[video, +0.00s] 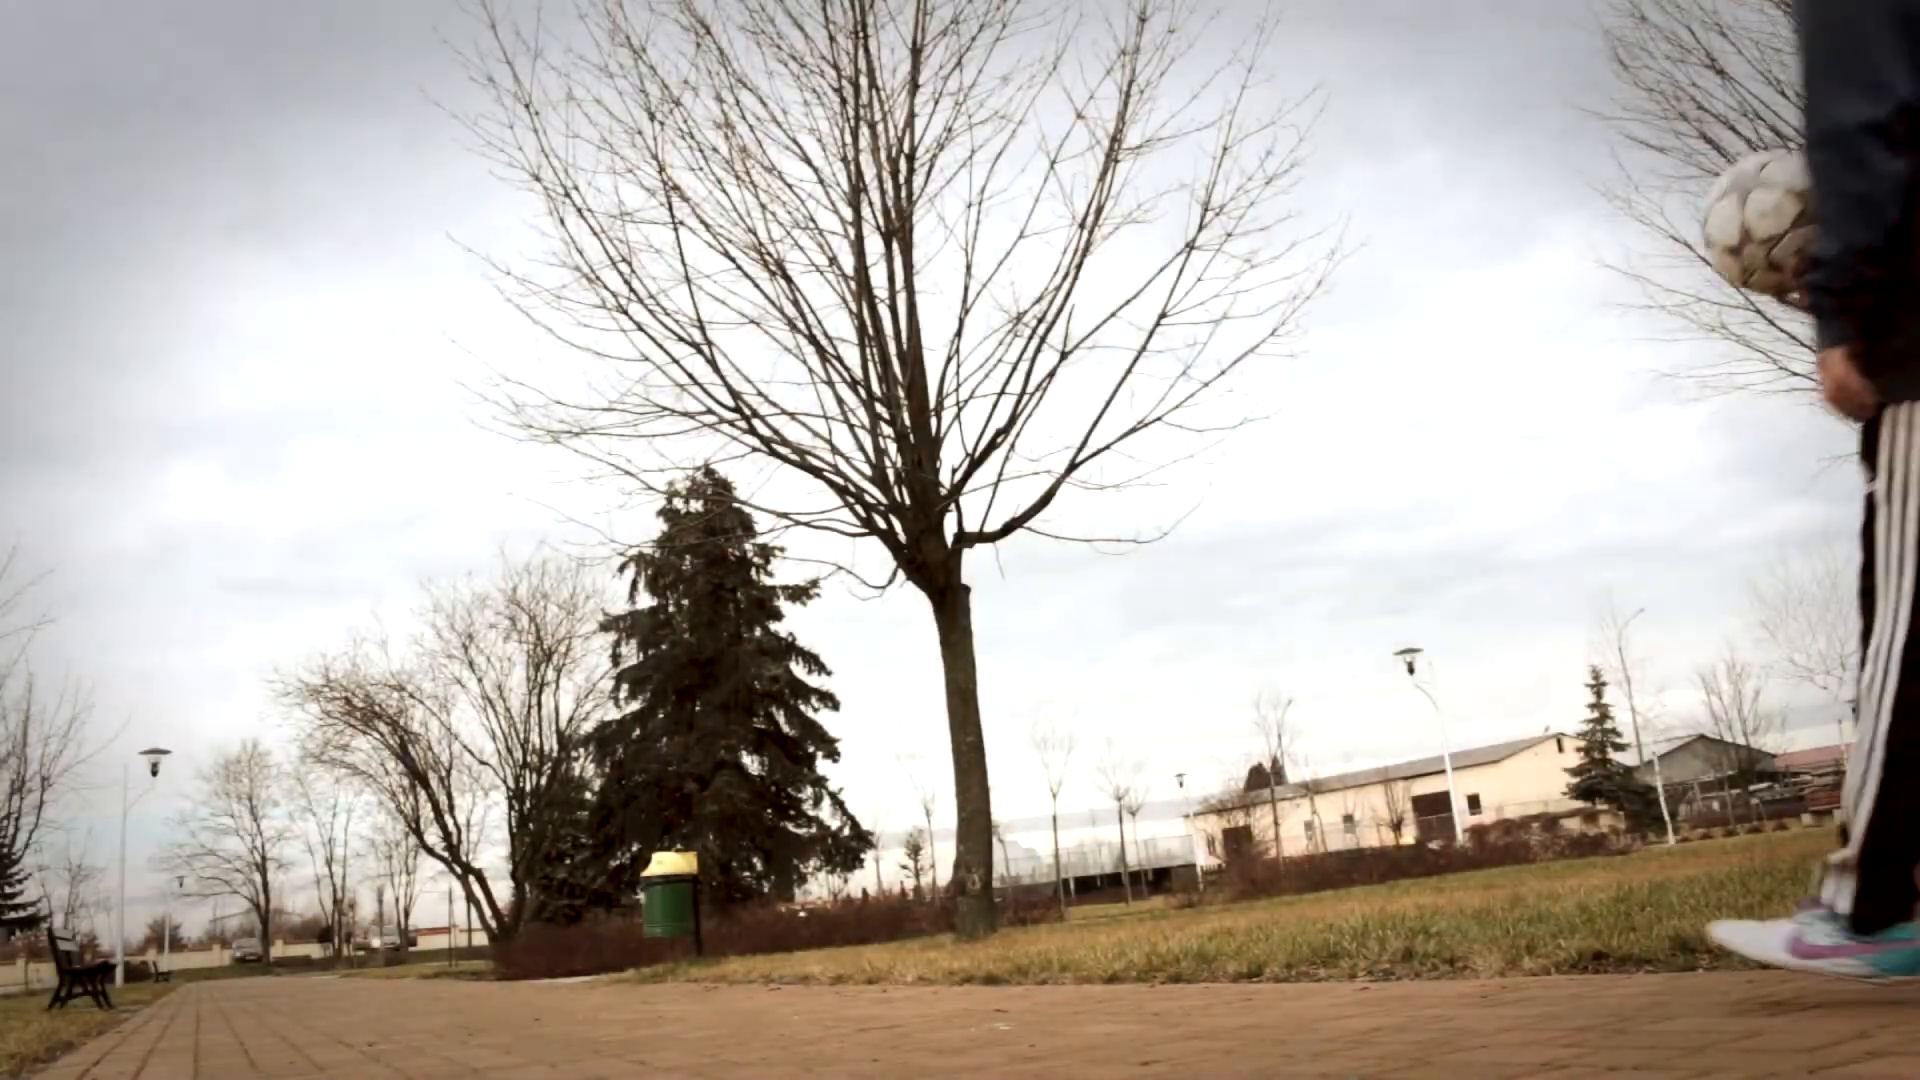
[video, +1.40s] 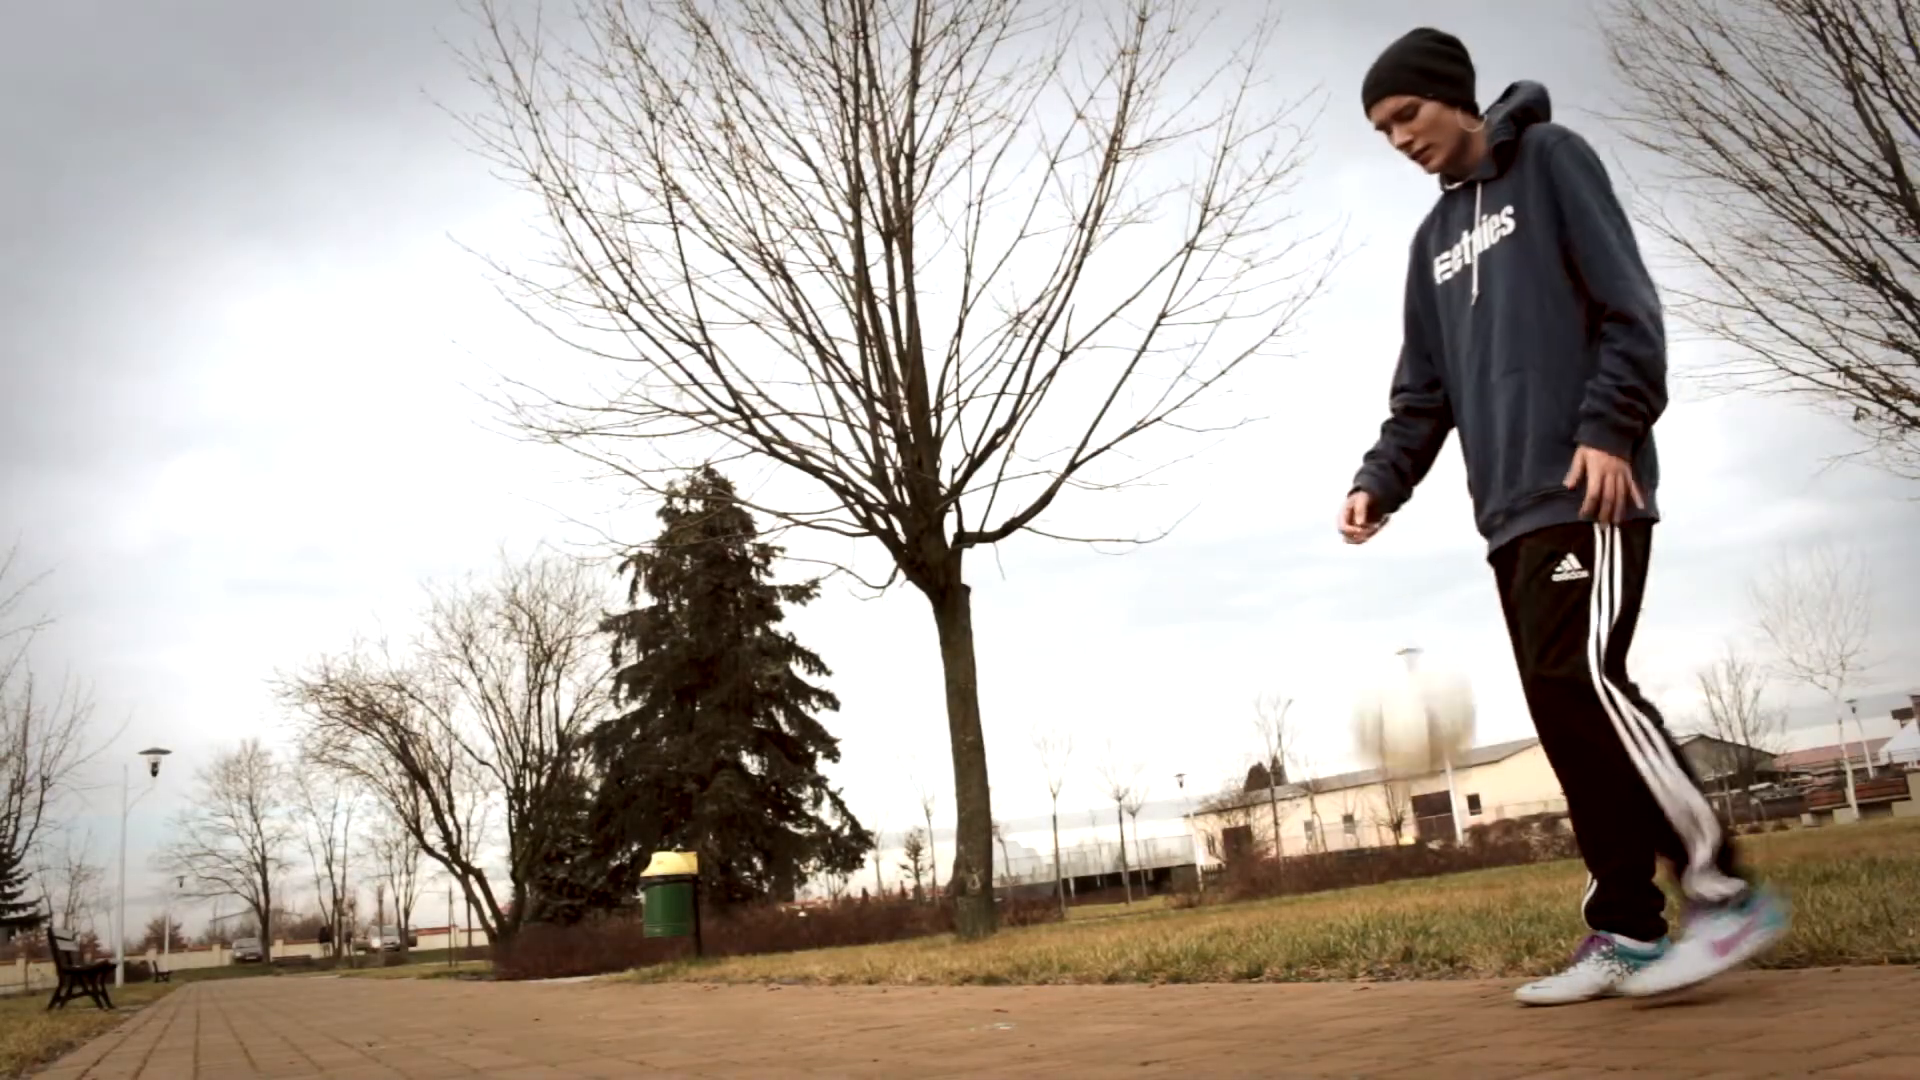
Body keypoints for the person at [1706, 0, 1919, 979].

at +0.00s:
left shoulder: (1853, 14)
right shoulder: (1851, 20)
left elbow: (1860, 128)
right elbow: (1863, 128)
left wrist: (1847, 323)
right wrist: (1848, 304)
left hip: (1915, 334)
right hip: (1910, 332)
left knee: (1904, 616)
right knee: (1902, 612)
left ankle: (1870, 903)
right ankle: (1885, 898)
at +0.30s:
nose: (1643, 5)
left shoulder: (1712, 18)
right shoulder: (1850, 21)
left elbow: (1734, 208)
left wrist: (1734, 391)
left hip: (1823, 400)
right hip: (1899, 380)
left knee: (1842, 676)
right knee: (1889, 669)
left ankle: (1867, 934)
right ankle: (1889, 929)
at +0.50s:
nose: (1591, 15)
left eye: (1593, 4)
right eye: (1592, 7)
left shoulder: (1670, 43)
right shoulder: (1764, 43)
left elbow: (1680, 243)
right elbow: (1774, 239)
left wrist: (1654, 419)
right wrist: (1653, 317)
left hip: (1760, 421)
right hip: (1833, 408)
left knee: (1792, 681)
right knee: (1823, 666)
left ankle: (1867, 934)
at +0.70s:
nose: (1541, 39)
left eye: (1542, 15)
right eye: (1537, 21)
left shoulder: (1648, 59)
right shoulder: (1674, 58)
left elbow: (1654, 251)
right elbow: (1688, 257)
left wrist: (1622, 420)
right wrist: (1602, 354)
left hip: (1726, 425)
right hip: (1705, 430)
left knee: (1780, 678)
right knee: (1700, 675)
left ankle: (1869, 935)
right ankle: (1743, 921)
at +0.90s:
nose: (1495, 74)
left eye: (1500, 51)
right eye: (1486, 61)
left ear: (1552, 25)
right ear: (1536, 43)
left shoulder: (1629, 90)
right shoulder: (1599, 128)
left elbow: (1661, 272)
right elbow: (1623, 321)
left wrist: (1626, 424)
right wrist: (1548, 415)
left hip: (1689, 461)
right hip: (1635, 473)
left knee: (1766, 692)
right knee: (1629, 704)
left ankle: (1872, 935)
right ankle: (1633, 929)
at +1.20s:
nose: (1432, 119)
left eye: (1438, 94)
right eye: (1418, 108)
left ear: (1491, 72)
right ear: (1430, 115)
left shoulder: (1574, 141)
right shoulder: (1471, 221)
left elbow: (1669, 279)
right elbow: (1471, 384)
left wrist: (1634, 403)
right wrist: (1431, 467)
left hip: (1606, 476)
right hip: (1531, 500)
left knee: (1646, 687)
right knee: (1583, 717)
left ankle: (1829, 893)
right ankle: (1631, 937)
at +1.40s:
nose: (1403, 142)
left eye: (1409, 116)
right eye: (1388, 132)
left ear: (1456, 90)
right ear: (1395, 136)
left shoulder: (1549, 155)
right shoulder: (1434, 236)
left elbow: (1631, 310)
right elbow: (1424, 386)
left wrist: (1613, 432)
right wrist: (1379, 480)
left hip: (1585, 476)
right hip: (1508, 503)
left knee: (1584, 681)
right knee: (1558, 703)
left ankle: (1726, 896)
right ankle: (1626, 929)